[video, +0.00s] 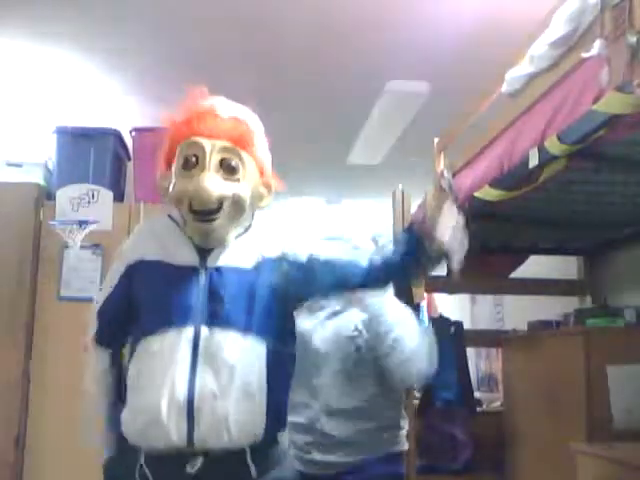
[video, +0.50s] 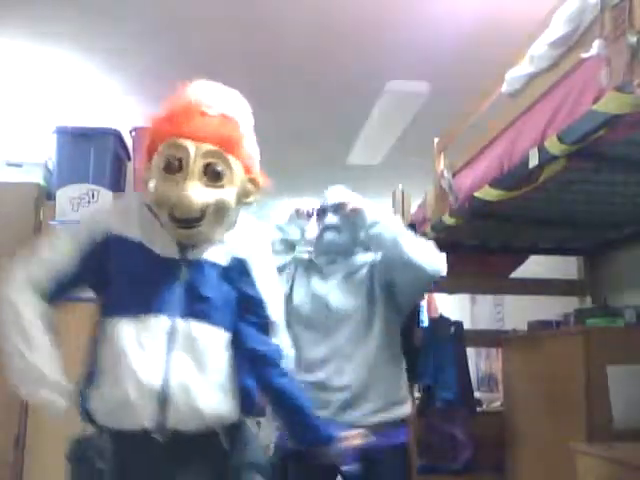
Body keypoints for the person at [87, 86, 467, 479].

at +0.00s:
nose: (207, 184)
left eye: (228, 168)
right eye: (190, 164)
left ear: (256, 190)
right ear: (169, 183)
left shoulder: (274, 271)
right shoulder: (143, 268)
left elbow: (368, 271)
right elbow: (107, 357)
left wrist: (422, 236)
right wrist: (114, 450)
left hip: (240, 464)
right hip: (148, 463)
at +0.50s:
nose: (188, 194)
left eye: (213, 174)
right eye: (173, 166)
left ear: (244, 190)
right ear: (149, 174)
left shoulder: (241, 252)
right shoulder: (113, 230)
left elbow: (265, 359)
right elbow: (21, 290)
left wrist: (319, 438)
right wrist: (54, 399)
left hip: (211, 452)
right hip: (121, 450)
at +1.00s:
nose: (149, 202)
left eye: (171, 181)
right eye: (132, 179)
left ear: (203, 194)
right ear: (105, 192)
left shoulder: (223, 258)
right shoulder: (84, 258)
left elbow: (293, 329)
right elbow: (36, 364)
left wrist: (266, 415)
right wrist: (5, 397)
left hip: (196, 468)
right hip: (98, 469)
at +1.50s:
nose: (156, 177)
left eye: (179, 161)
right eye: (139, 150)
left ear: (201, 172)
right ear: (108, 147)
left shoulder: (199, 219)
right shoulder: (68, 198)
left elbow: (222, 320)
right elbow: (10, 291)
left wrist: (265, 413)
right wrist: (24, 397)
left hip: (176, 424)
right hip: (76, 430)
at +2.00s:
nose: (135, 187)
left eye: (157, 167)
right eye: (117, 168)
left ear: (195, 181)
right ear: (96, 181)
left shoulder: (217, 239)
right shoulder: (80, 249)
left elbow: (268, 317)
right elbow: (53, 349)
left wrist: (244, 370)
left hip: (203, 457)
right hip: (105, 458)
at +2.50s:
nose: (185, 204)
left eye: (205, 187)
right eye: (166, 184)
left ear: (233, 197)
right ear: (139, 191)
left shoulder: (250, 259)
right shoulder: (109, 258)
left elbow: (325, 250)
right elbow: (28, 307)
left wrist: (328, 185)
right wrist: (98, 339)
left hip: (221, 456)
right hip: (127, 459)